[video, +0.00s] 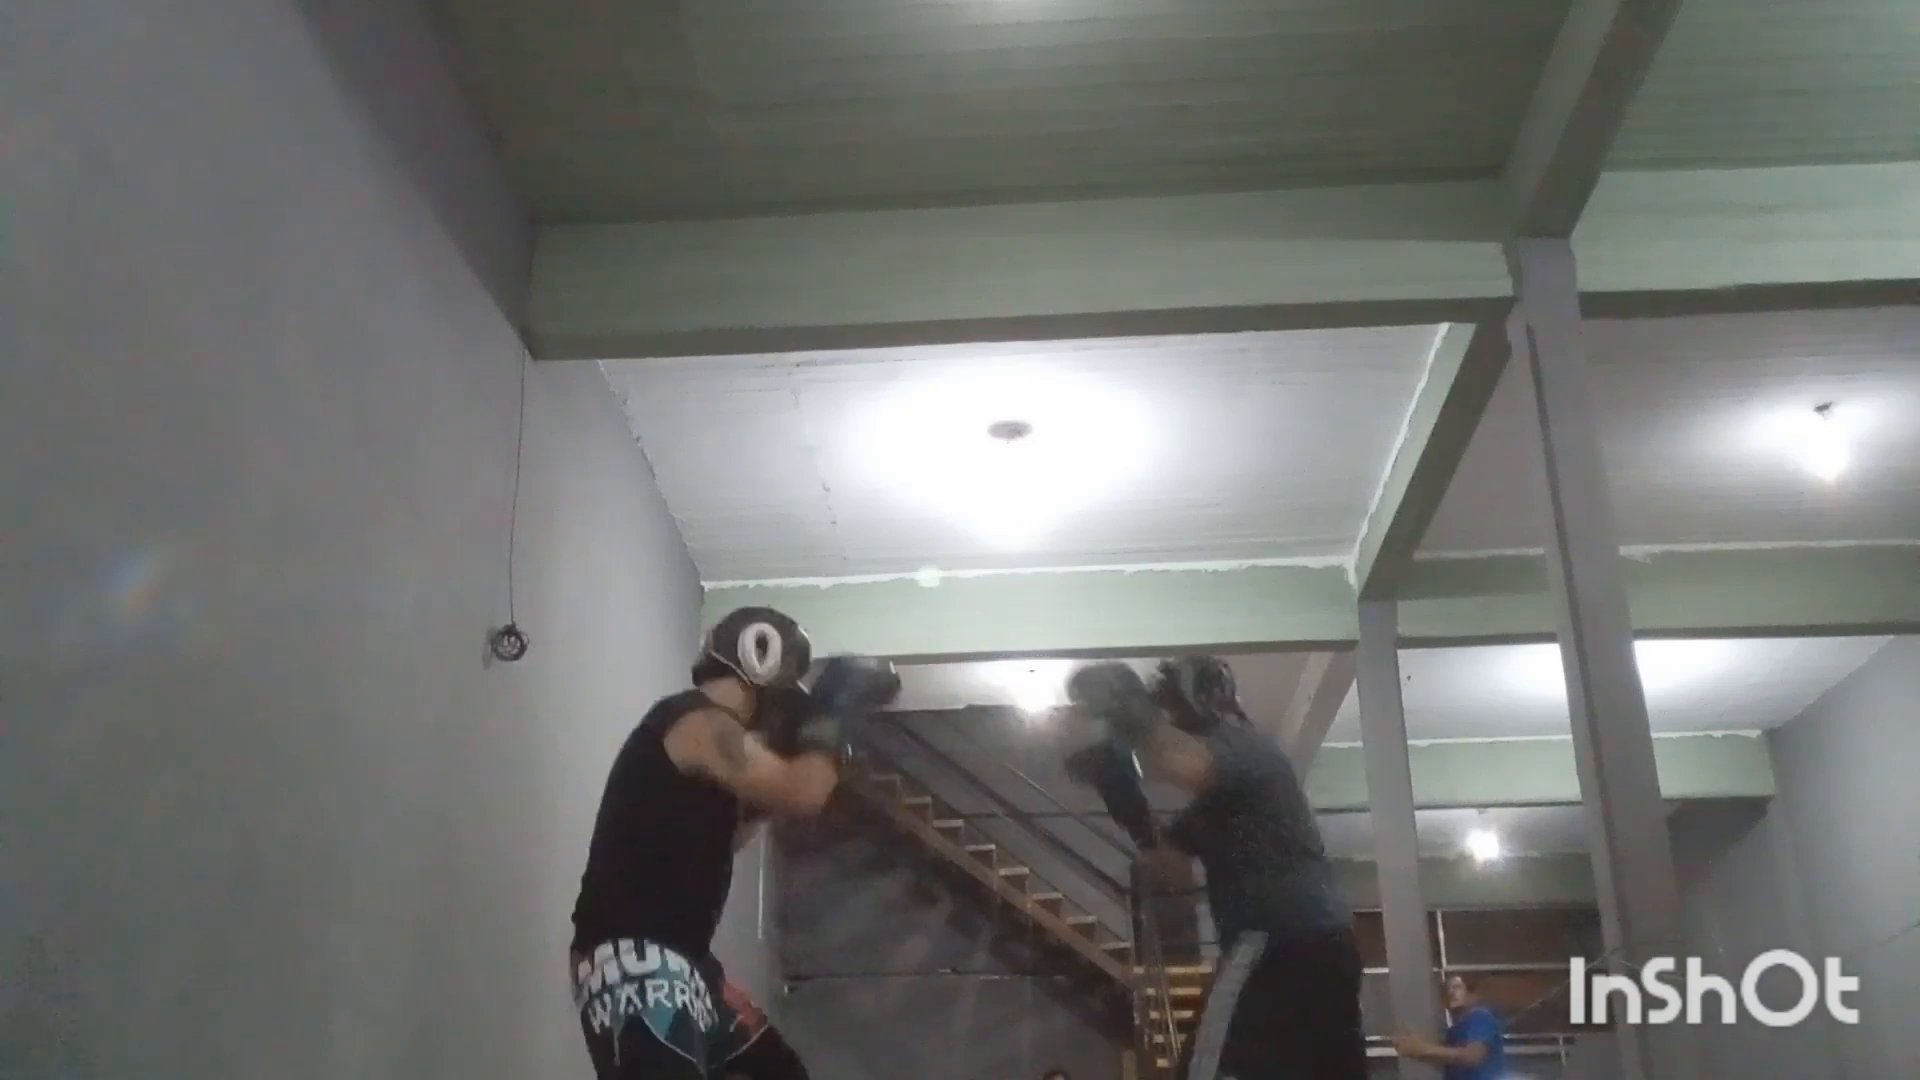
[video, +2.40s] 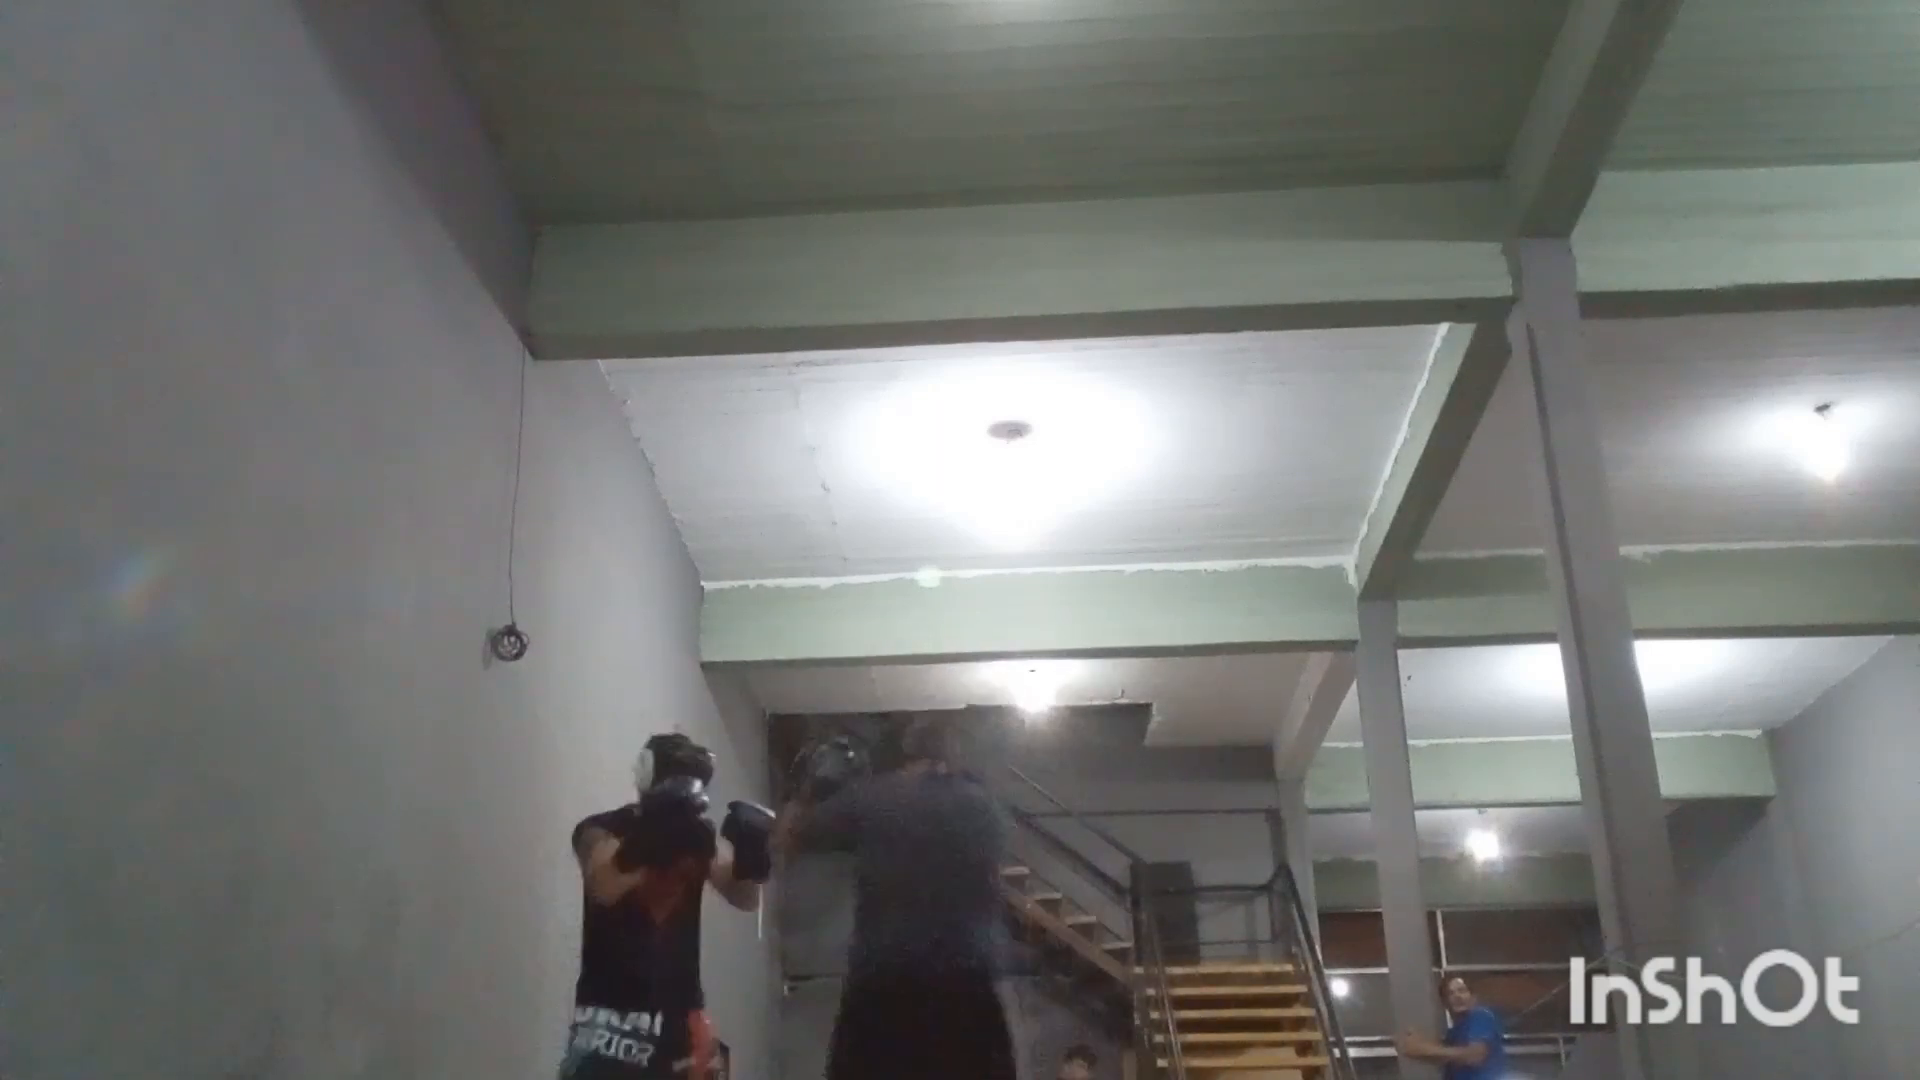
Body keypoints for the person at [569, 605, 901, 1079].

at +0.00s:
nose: (791, 690)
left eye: (793, 679)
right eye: (790, 674)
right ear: (762, 654)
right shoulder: (698, 721)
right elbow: (802, 793)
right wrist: (833, 715)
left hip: (682, 960)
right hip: (637, 958)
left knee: (779, 1070)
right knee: (664, 1068)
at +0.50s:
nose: (788, 725)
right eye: (785, 705)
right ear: (750, 682)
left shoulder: (724, 782)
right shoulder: (687, 730)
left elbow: (780, 848)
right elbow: (768, 770)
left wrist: (826, 766)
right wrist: (815, 726)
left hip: (695, 968)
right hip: (638, 958)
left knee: (759, 1071)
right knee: (638, 1068)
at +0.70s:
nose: (785, 725)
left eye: (790, 716)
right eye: (782, 712)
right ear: (742, 703)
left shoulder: (750, 809)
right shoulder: (664, 764)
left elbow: (806, 872)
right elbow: (708, 808)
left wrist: (835, 789)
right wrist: (768, 748)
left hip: (709, 998)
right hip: (644, 978)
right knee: (634, 1065)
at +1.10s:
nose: (734, 751)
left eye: (736, 741)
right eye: (724, 736)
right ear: (692, 732)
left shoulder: (724, 819)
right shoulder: (628, 803)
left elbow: (755, 885)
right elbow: (674, 840)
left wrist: (797, 834)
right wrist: (713, 774)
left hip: (714, 1021)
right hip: (637, 1022)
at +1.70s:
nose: (697, 792)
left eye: (702, 780)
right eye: (687, 780)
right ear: (651, 780)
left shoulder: (698, 852)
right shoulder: (592, 842)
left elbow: (746, 916)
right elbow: (621, 889)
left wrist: (769, 872)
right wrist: (665, 819)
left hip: (679, 1044)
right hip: (599, 1042)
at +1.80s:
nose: (665, 808)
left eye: (673, 799)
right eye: (656, 796)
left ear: (676, 808)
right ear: (622, 790)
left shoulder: (667, 862)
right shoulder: (567, 854)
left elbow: (694, 934)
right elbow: (590, 893)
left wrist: (732, 905)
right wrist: (632, 832)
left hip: (655, 1054)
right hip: (577, 1053)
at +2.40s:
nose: (691, 802)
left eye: (698, 792)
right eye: (682, 790)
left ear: (703, 789)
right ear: (655, 782)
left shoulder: (698, 838)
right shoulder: (600, 831)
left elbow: (746, 899)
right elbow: (604, 888)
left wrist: (753, 847)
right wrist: (656, 830)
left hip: (679, 1010)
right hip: (611, 1014)